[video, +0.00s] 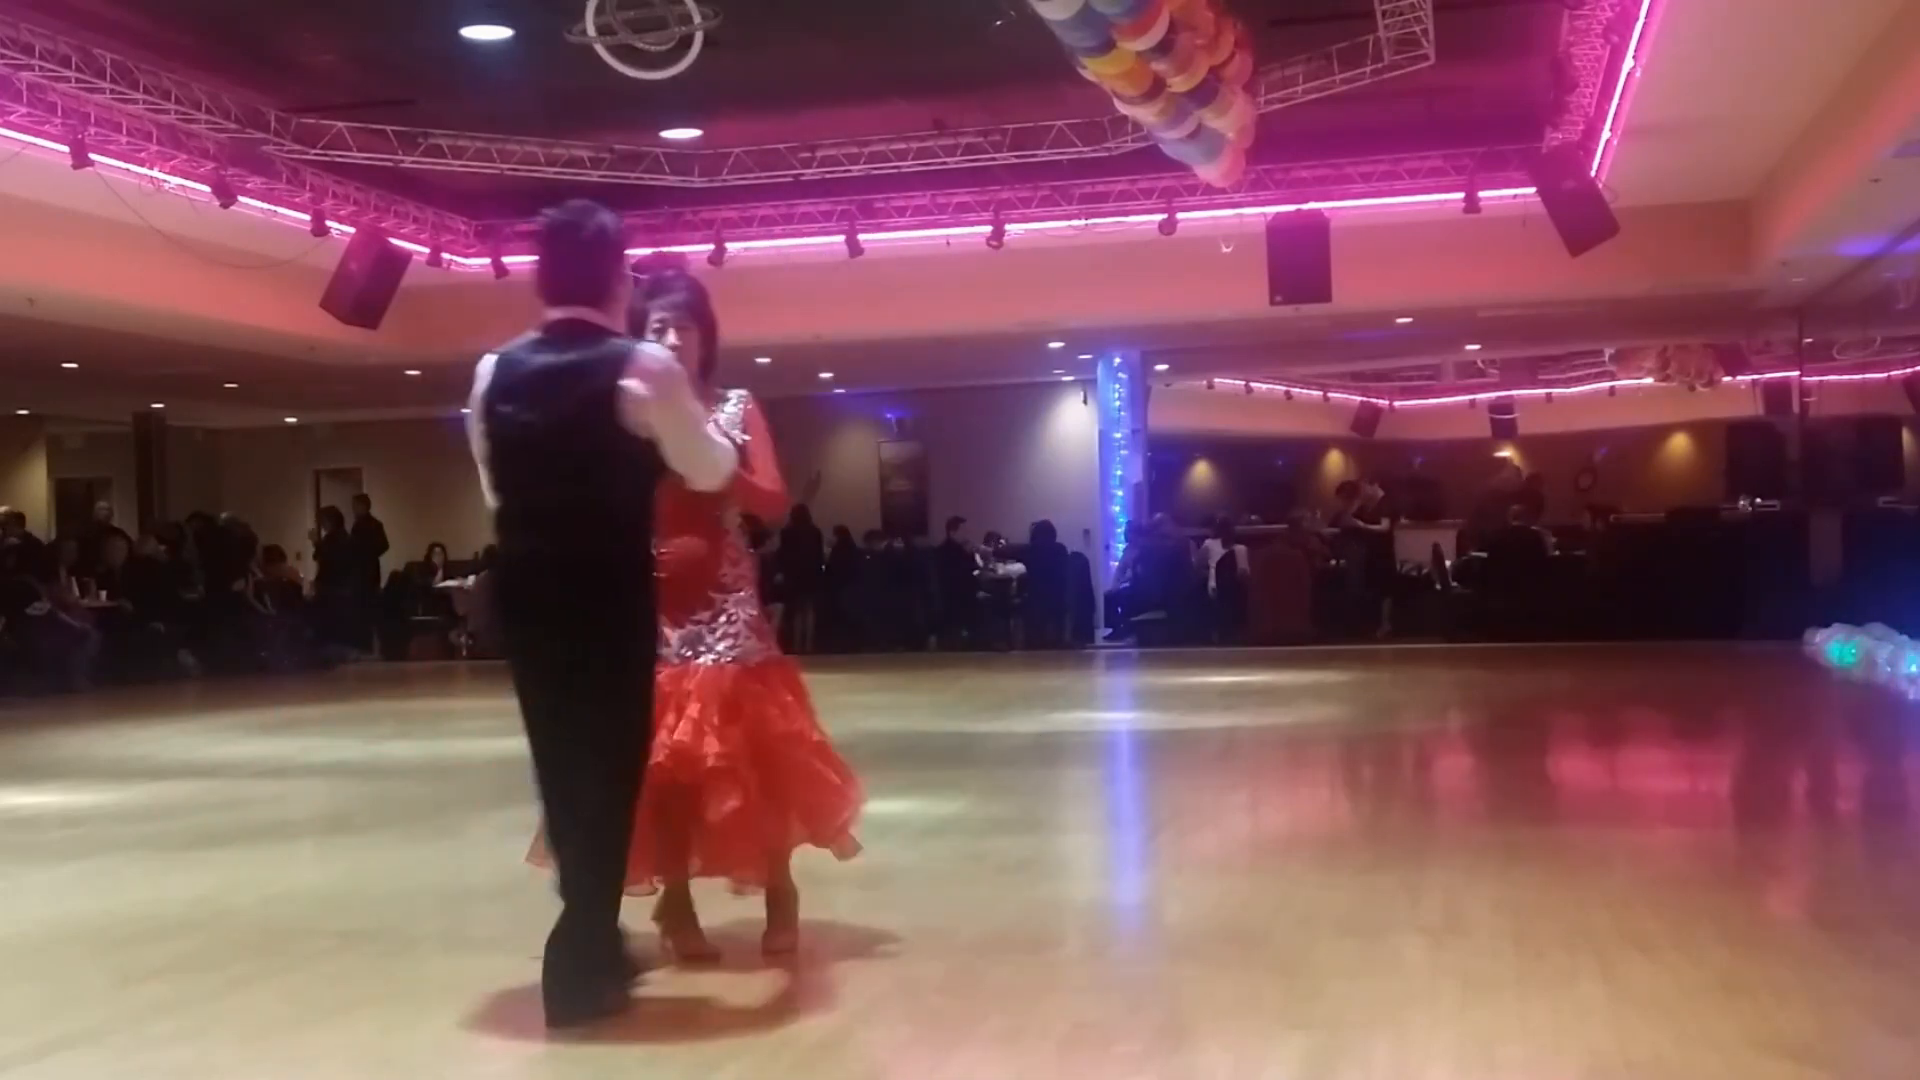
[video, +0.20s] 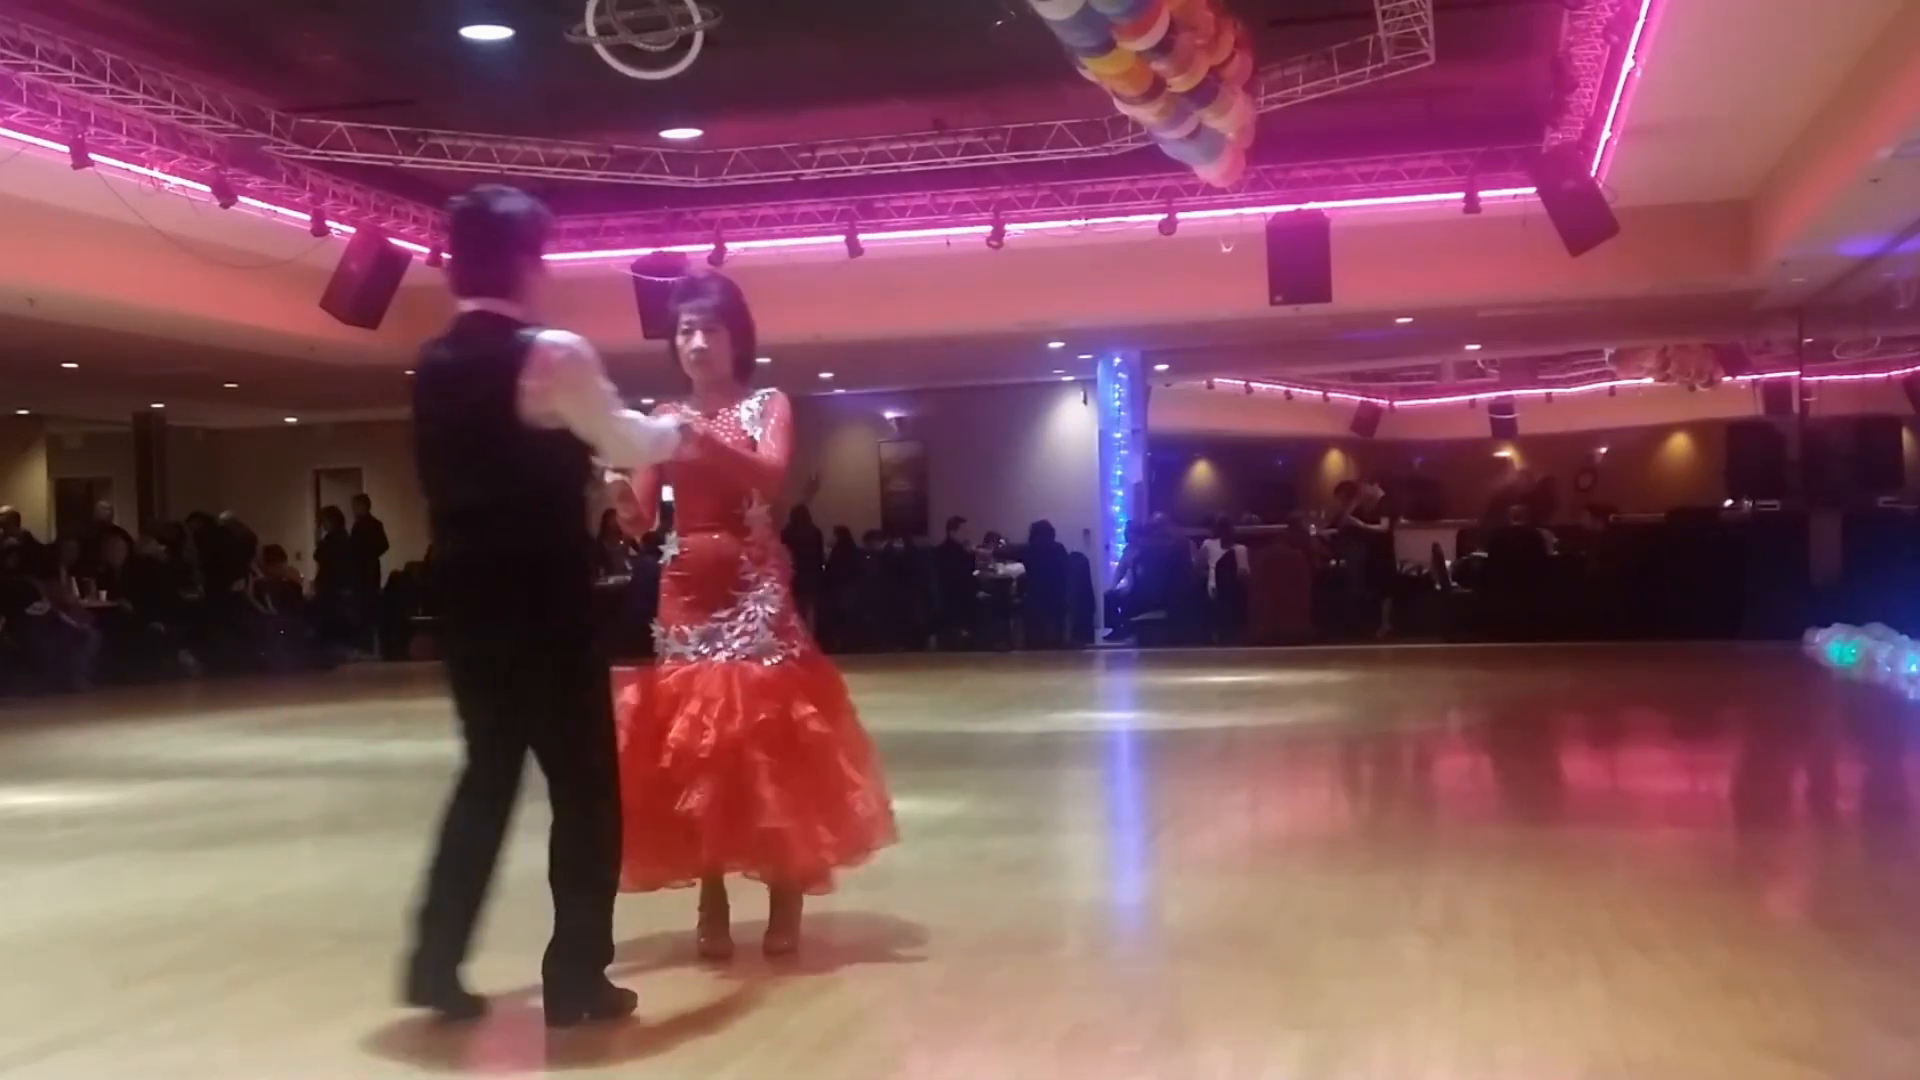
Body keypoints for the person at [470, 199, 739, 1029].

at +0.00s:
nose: (632, 284)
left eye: (622, 271)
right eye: (629, 272)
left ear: (540, 278)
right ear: (618, 277)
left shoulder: (494, 373)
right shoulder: (643, 369)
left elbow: (493, 484)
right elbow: (710, 469)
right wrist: (698, 414)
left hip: (527, 595)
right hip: (613, 594)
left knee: (564, 764)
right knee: (608, 768)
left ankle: (592, 938)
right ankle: (578, 979)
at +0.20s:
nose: (547, 268)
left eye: (544, 254)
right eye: (541, 254)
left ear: (456, 262)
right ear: (524, 261)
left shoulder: (437, 363)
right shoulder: (551, 358)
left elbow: (504, 474)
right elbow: (633, 445)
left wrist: (601, 482)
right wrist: (673, 424)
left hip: (468, 604)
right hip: (549, 607)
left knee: (489, 769)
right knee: (585, 785)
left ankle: (434, 961)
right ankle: (577, 979)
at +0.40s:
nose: (484, 275)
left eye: (480, 259)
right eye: (477, 261)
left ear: (396, 265)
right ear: (450, 265)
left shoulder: (365, 368)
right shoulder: (483, 361)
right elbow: (559, 445)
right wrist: (641, 451)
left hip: (400, 610)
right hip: (484, 609)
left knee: (422, 777)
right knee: (544, 782)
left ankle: (397, 979)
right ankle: (568, 974)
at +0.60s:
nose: (470, 275)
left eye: (467, 259)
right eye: (463, 260)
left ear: (383, 263)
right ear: (437, 264)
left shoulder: (349, 365)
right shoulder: (462, 358)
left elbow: (436, 447)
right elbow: (537, 471)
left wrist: (533, 403)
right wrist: (633, 473)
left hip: (393, 610)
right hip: (476, 606)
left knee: (409, 787)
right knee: (525, 783)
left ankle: (400, 986)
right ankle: (523, 965)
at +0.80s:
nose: (490, 284)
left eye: (488, 269)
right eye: (483, 269)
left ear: (409, 279)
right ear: (447, 275)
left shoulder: (384, 369)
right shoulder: (465, 370)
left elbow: (483, 374)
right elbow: (526, 488)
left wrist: (539, 291)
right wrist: (627, 497)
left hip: (414, 611)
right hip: (490, 609)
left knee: (420, 779)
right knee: (534, 769)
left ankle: (402, 985)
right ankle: (505, 944)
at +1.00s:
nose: (520, 282)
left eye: (514, 269)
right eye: (508, 270)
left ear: (447, 284)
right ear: (469, 281)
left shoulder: (435, 364)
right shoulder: (479, 371)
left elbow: (540, 325)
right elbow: (508, 488)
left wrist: (595, 244)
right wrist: (627, 496)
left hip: (455, 591)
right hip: (511, 596)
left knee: (475, 764)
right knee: (534, 774)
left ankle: (411, 924)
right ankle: (504, 945)